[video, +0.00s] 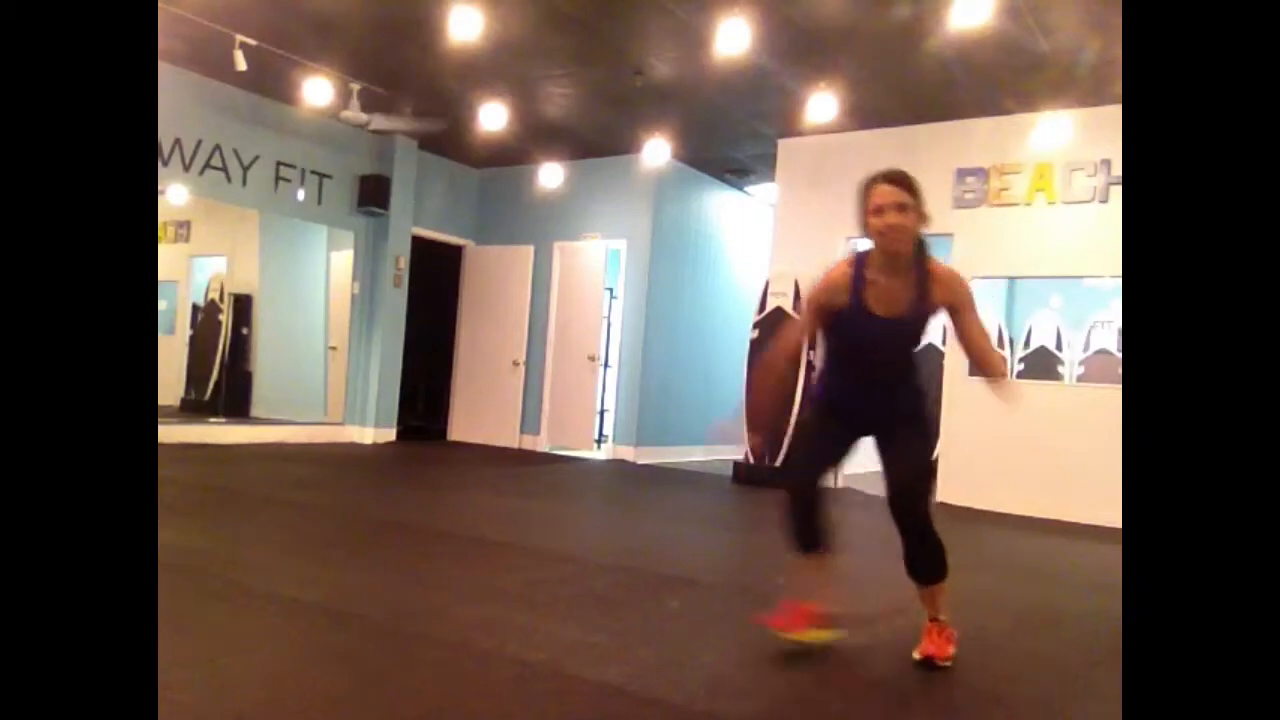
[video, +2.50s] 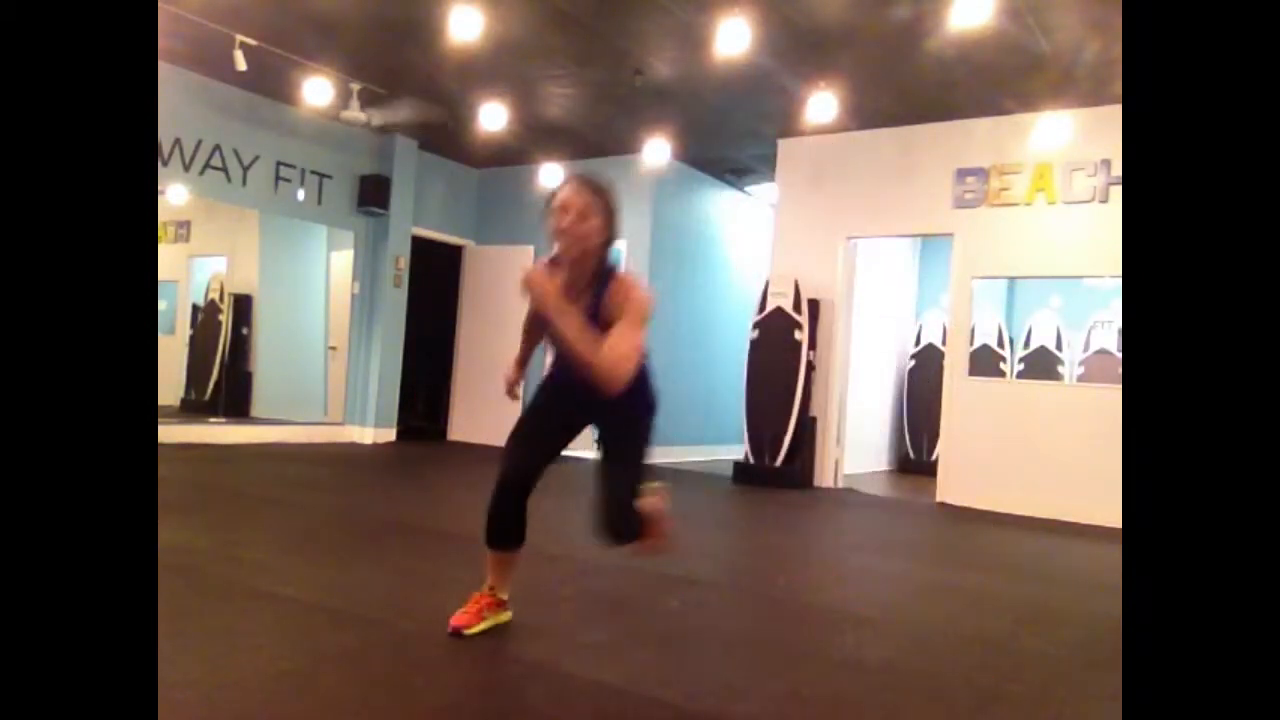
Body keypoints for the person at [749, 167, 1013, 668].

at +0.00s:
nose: (890, 219)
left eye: (901, 209)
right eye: (878, 211)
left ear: (920, 219)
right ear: (865, 223)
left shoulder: (943, 283)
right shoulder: (839, 280)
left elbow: (977, 347)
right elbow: (787, 349)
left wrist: (993, 366)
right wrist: (760, 418)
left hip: (899, 403)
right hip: (839, 400)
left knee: (910, 507)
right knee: (799, 477)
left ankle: (936, 623)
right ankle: (814, 601)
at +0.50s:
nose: (590, 223)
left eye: (602, 215)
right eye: (583, 214)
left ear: (626, 225)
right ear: (575, 222)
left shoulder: (647, 293)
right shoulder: (564, 277)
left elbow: (634, 364)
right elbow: (547, 318)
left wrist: (581, 299)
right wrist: (528, 356)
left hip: (632, 399)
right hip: (575, 390)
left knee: (650, 518)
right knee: (521, 478)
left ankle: (689, 500)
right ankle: (510, 590)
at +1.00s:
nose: (584, 220)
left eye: (597, 211)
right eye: (577, 209)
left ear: (621, 223)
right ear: (568, 219)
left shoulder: (639, 287)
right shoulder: (556, 280)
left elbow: (610, 369)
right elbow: (516, 351)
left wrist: (573, 293)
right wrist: (463, 382)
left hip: (630, 401)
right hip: (574, 388)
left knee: (595, 498)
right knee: (518, 477)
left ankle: (604, 531)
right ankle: (511, 590)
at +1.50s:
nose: (874, 220)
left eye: (885, 207)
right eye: (861, 210)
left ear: (906, 218)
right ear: (844, 224)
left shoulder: (931, 282)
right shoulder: (821, 288)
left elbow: (969, 349)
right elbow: (811, 378)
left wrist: (997, 429)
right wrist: (854, 319)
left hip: (899, 417)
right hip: (831, 416)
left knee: (938, 526)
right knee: (785, 531)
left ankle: (955, 647)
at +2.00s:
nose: (859, 208)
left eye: (872, 196)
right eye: (847, 198)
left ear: (894, 207)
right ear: (833, 211)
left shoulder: (928, 272)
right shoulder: (811, 278)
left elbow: (990, 350)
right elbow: (761, 347)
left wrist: (955, 314)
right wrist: (758, 418)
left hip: (899, 409)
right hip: (830, 410)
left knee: (930, 532)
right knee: (796, 515)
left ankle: (953, 647)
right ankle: (841, 571)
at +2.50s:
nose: (568, 224)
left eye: (583, 215)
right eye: (561, 213)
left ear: (606, 228)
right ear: (550, 223)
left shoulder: (629, 293)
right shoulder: (545, 277)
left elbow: (614, 374)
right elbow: (537, 322)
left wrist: (553, 304)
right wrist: (519, 365)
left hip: (623, 400)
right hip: (566, 388)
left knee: (618, 524)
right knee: (512, 480)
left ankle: (653, 513)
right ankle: (494, 595)